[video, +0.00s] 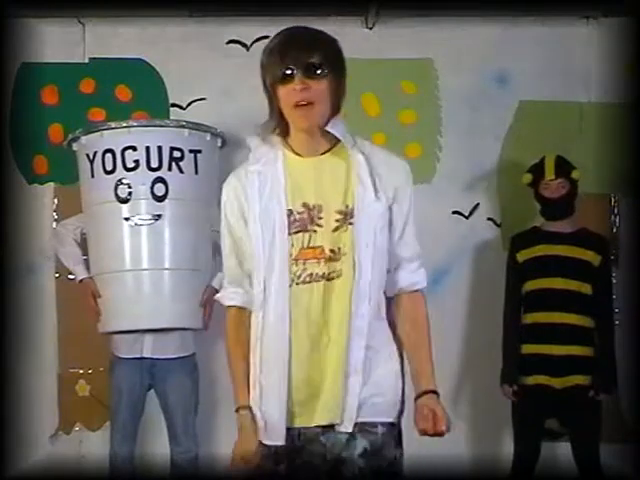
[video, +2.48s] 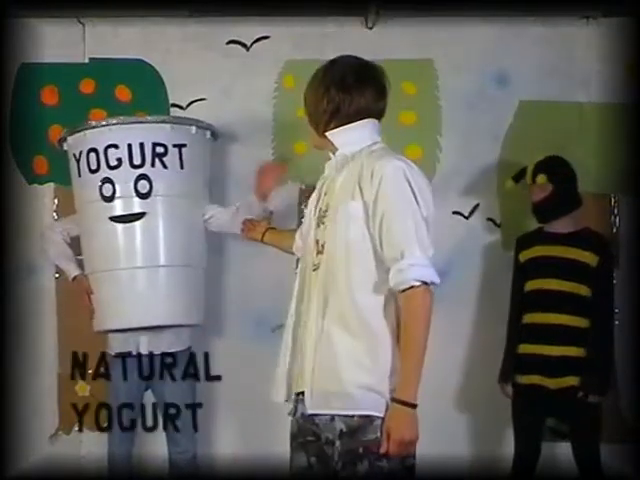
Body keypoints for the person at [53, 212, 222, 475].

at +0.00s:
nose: (150, 199)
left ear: (172, 192)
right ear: (129, 191)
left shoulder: (189, 224)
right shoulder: (113, 217)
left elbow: (233, 252)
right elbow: (64, 229)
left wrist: (214, 286)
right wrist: (84, 277)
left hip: (177, 351)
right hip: (127, 351)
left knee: (186, 447)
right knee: (121, 450)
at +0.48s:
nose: (150, 196)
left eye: (159, 191)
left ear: (171, 188)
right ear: (130, 190)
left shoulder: (192, 214)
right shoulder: (113, 215)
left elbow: (241, 240)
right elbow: (61, 235)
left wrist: (215, 285)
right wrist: (83, 277)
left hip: (177, 349)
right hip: (126, 351)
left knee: (184, 449)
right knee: (120, 450)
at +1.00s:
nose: (149, 194)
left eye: (159, 189)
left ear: (172, 186)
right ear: (130, 188)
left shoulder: (194, 213)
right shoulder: (112, 214)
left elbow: (243, 240)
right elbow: (59, 233)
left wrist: (214, 288)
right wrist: (83, 277)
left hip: (174, 349)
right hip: (123, 349)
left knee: (184, 448)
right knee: (120, 449)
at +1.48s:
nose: (143, 192)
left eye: (152, 186)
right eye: (136, 187)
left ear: (164, 183)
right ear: (124, 186)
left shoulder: (188, 212)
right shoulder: (106, 216)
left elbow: (240, 235)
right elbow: (53, 233)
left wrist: (214, 283)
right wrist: (77, 277)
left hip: (173, 349)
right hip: (122, 351)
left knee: (183, 450)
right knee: (119, 451)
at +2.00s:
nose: (141, 192)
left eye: (149, 186)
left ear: (161, 185)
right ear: (121, 190)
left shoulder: (181, 212)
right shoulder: (104, 216)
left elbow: (235, 239)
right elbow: (53, 232)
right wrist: (76, 275)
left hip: (173, 349)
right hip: (122, 351)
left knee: (184, 449)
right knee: (118, 450)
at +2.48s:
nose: (142, 190)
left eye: (149, 185)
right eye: (134, 185)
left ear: (162, 183)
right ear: (122, 184)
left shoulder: (181, 209)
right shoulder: (107, 212)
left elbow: (238, 222)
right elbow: (55, 233)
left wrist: (260, 194)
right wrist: (76, 276)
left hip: (175, 337)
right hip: (124, 340)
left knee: (182, 430)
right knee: (124, 427)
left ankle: (185, 478)